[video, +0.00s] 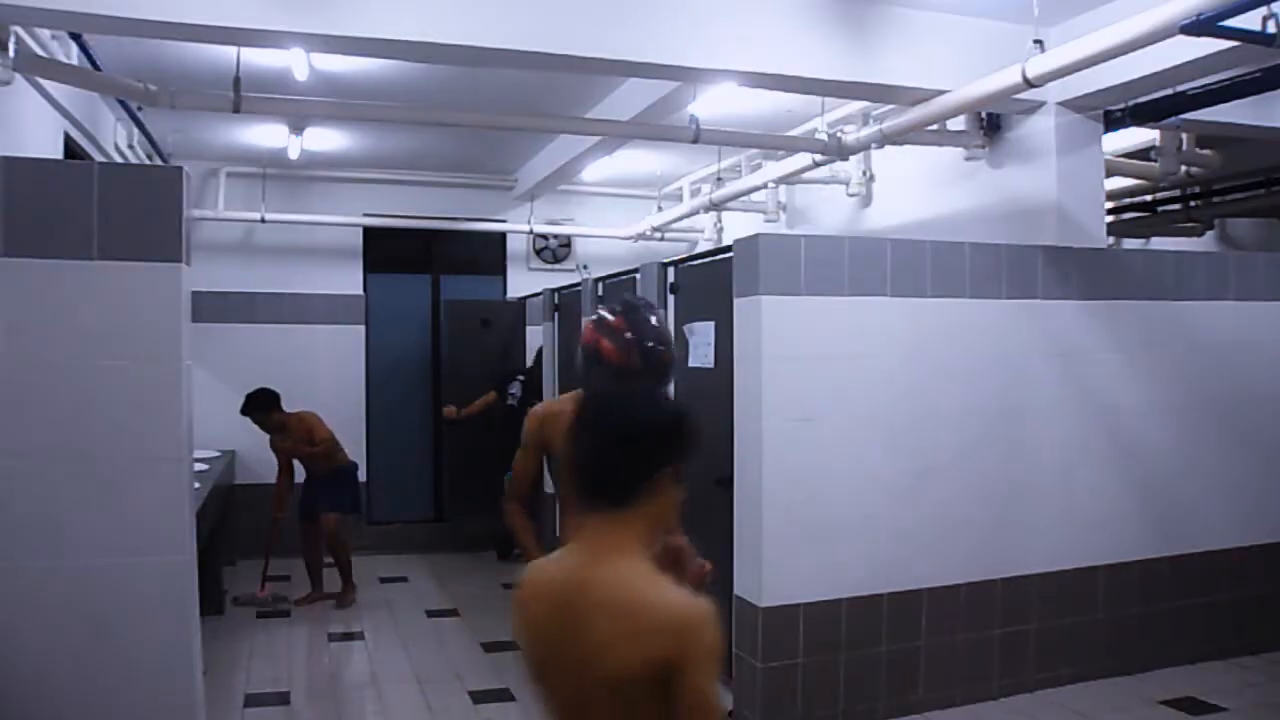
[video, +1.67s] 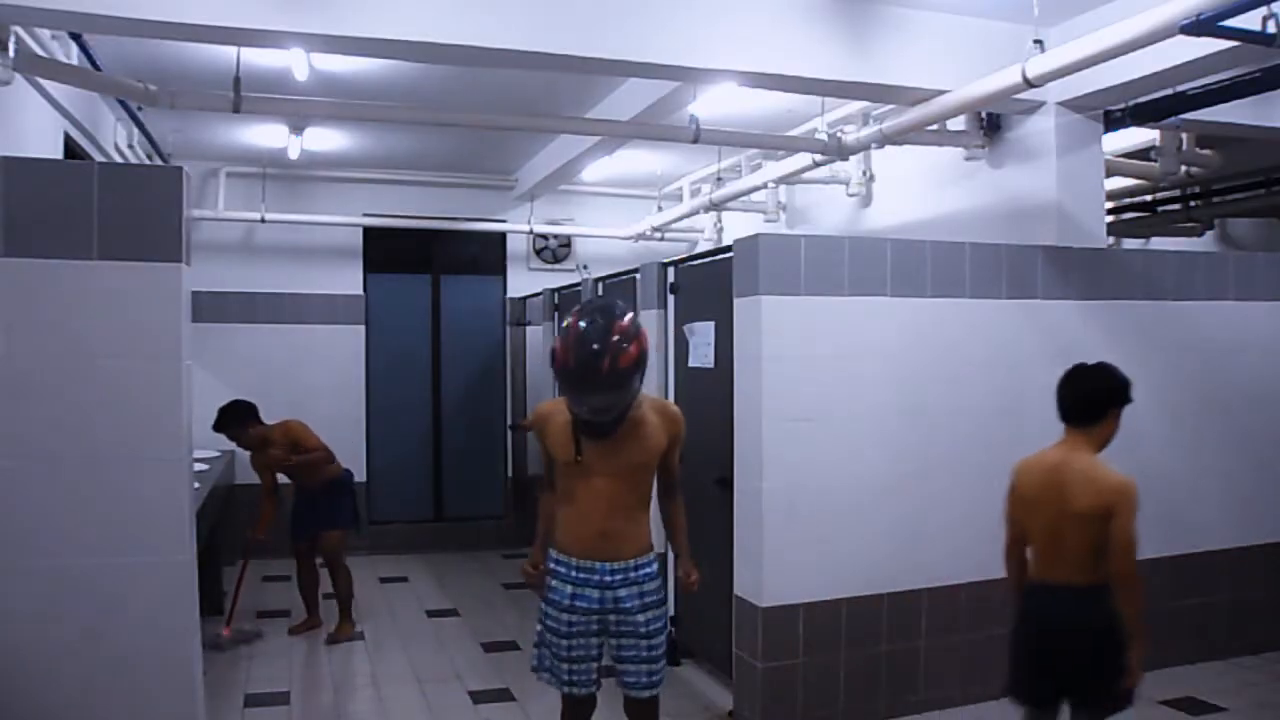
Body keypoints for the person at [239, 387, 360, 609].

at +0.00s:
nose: (259, 427)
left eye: (259, 421)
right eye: (256, 423)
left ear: (272, 413)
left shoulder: (307, 420)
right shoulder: (277, 441)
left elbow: (329, 446)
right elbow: (285, 474)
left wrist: (298, 450)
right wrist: (279, 509)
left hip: (339, 474)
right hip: (314, 479)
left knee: (330, 528)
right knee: (309, 531)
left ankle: (348, 586)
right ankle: (317, 589)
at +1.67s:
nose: (237, 445)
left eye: (237, 438)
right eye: (233, 440)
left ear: (251, 426)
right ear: (248, 428)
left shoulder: (291, 430)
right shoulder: (259, 459)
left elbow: (327, 456)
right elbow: (270, 495)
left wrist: (290, 460)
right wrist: (261, 530)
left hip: (334, 488)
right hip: (305, 493)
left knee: (332, 553)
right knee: (303, 555)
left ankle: (346, 620)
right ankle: (312, 617)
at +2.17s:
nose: (253, 453)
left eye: (253, 447)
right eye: (249, 448)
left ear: (267, 439)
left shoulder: (311, 447)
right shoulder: (271, 464)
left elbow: (340, 483)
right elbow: (273, 502)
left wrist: (298, 489)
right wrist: (261, 536)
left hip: (345, 500)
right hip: (314, 502)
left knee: (340, 568)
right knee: (308, 561)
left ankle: (342, 632)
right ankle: (314, 616)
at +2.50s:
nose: (282, 452)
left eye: (285, 446)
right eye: (280, 447)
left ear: (303, 441)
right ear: (283, 444)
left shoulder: (340, 448)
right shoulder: (283, 468)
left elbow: (362, 484)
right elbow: (276, 513)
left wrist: (326, 490)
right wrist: (265, 553)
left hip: (350, 506)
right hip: (316, 507)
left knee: (344, 568)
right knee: (301, 566)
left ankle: (343, 632)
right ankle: (307, 608)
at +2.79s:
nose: (308, 450)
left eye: (313, 444)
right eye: (304, 445)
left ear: (326, 435)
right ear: (298, 440)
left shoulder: (351, 445)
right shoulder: (292, 461)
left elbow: (373, 476)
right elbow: (287, 507)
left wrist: (352, 480)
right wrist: (293, 547)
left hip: (344, 510)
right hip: (306, 512)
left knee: (344, 571)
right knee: (296, 572)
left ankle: (342, 633)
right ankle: (289, 631)